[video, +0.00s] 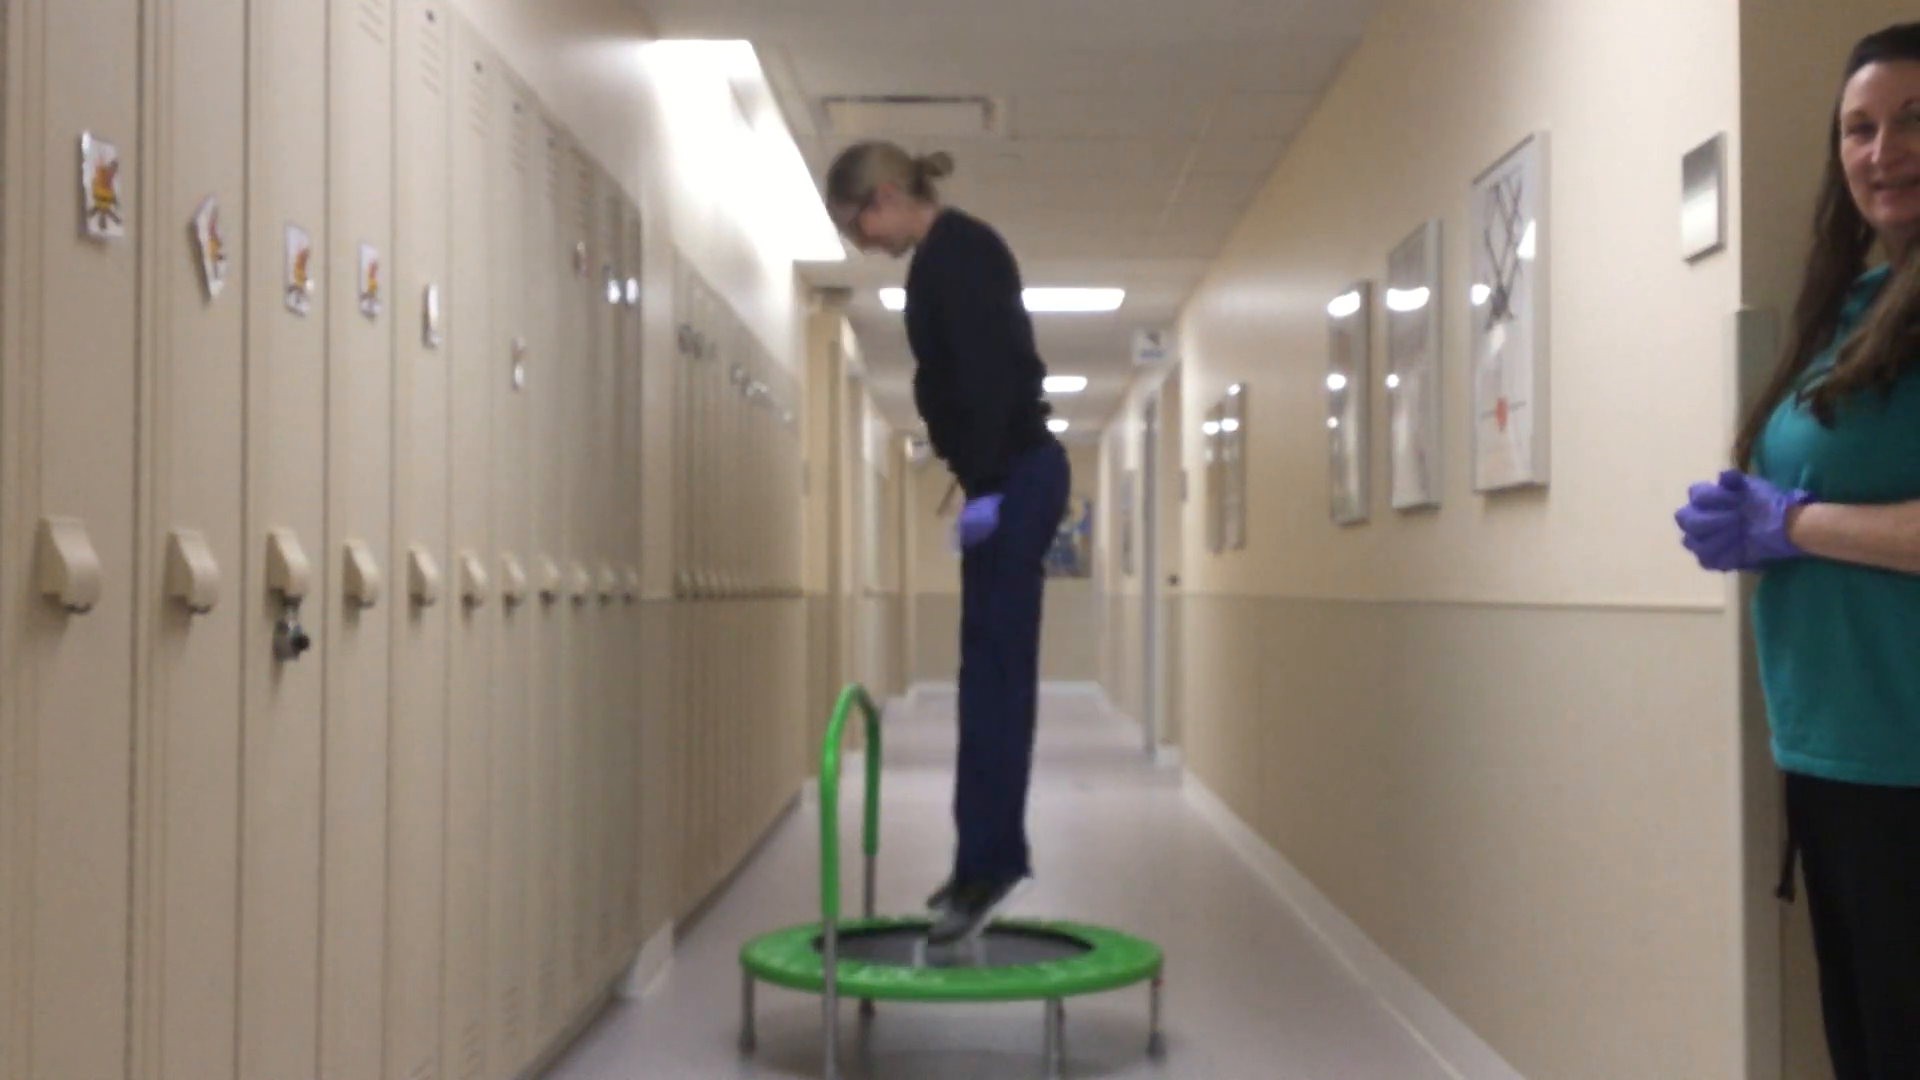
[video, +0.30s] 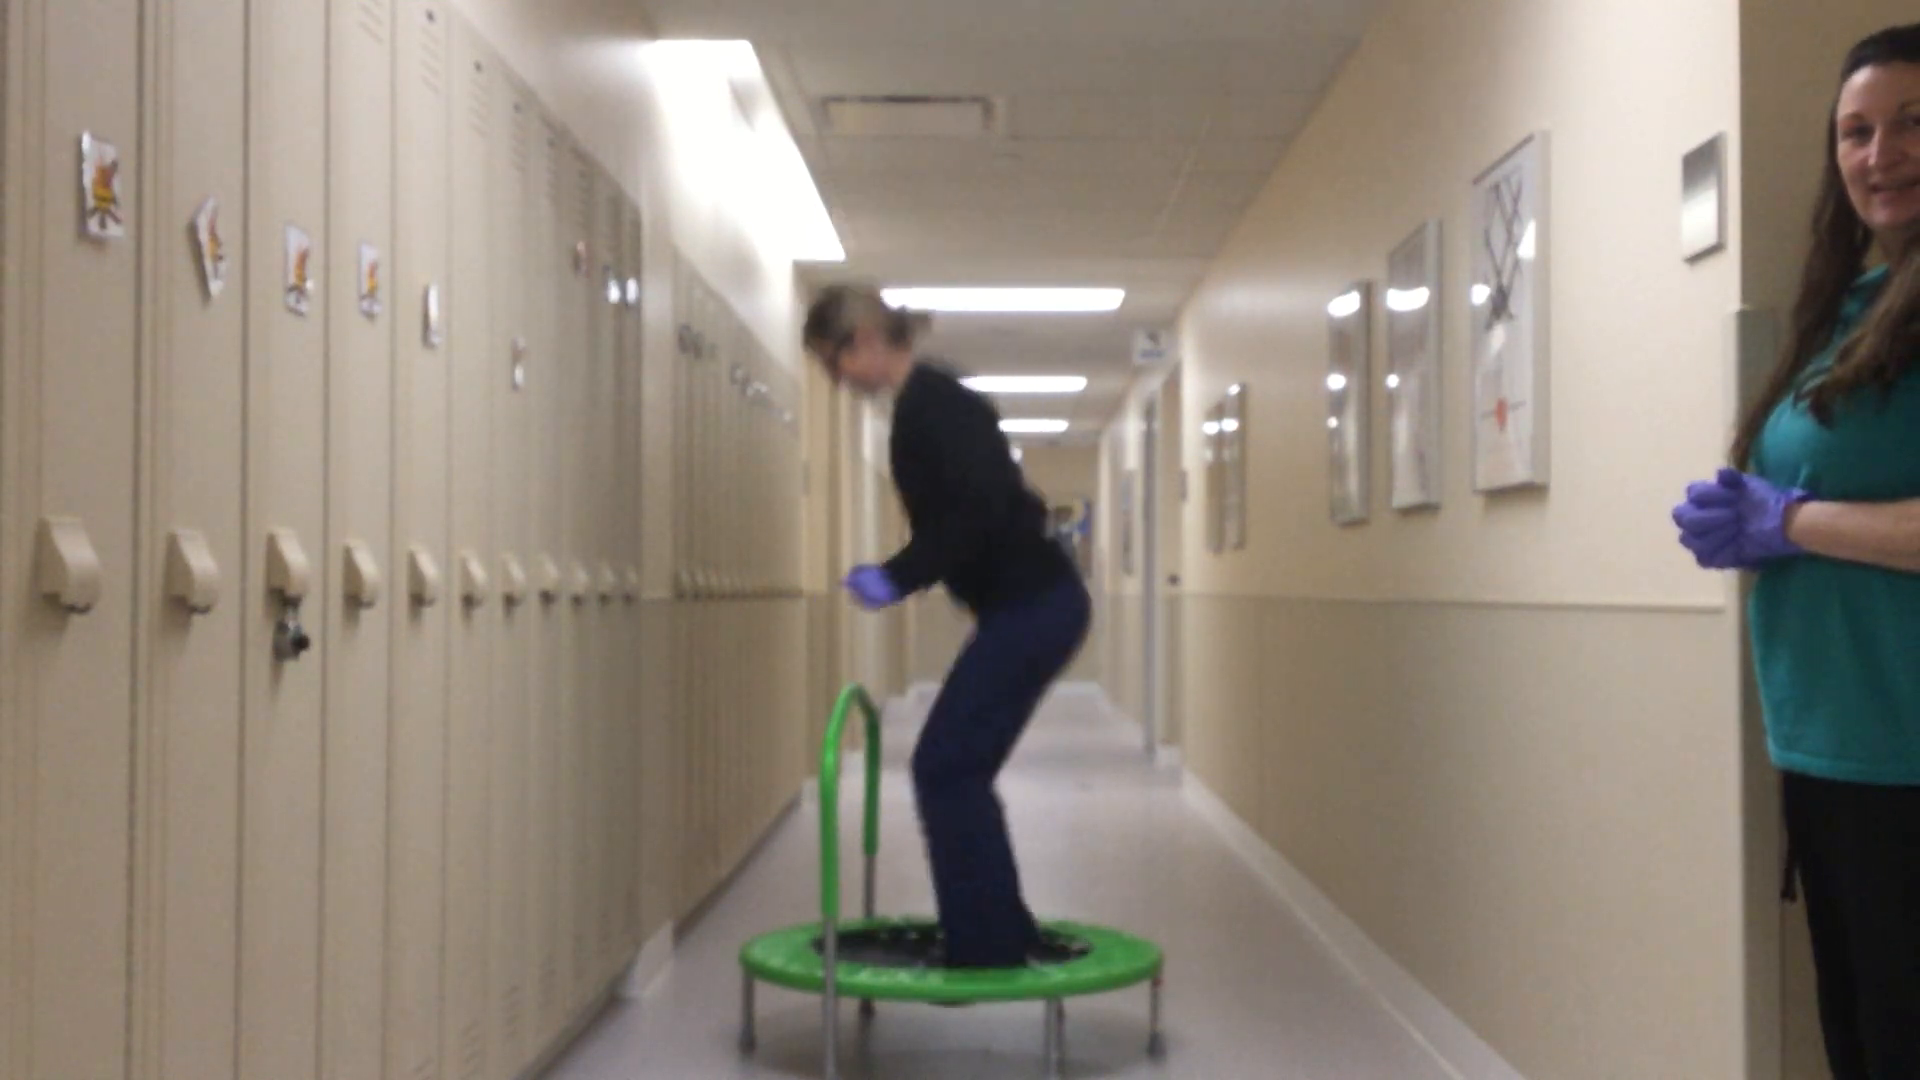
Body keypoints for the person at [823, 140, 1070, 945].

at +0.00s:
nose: (863, 239)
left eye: (861, 221)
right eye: (855, 229)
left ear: (889, 193)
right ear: (885, 202)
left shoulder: (957, 249)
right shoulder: (945, 255)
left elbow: (988, 365)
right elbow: (979, 367)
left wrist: (984, 480)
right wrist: (977, 476)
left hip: (1015, 474)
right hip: (1006, 475)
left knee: (995, 667)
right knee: (990, 667)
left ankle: (990, 860)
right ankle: (984, 856)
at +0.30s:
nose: (842, 378)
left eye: (840, 359)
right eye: (832, 367)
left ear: (870, 334)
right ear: (860, 345)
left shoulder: (934, 405)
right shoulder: (922, 406)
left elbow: (969, 516)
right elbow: (951, 520)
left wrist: (899, 576)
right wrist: (895, 573)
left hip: (1033, 609)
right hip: (1027, 607)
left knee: (946, 767)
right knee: (953, 766)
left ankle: (984, 943)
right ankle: (997, 932)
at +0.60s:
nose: (835, 470)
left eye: (834, 453)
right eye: (828, 459)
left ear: (863, 435)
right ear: (871, 437)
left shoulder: (925, 495)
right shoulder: (922, 494)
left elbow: (941, 617)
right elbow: (934, 615)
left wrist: (853, 627)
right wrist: (856, 622)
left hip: (1057, 683)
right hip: (1054, 679)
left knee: (914, 792)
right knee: (917, 789)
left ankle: (977, 947)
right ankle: (988, 937)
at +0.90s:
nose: (875, 253)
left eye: (873, 234)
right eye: (867, 241)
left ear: (901, 208)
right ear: (900, 216)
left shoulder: (963, 264)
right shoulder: (956, 271)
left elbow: (997, 379)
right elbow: (991, 383)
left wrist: (990, 490)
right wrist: (980, 489)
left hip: (1019, 494)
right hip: (1013, 494)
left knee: (994, 691)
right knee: (992, 690)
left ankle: (987, 884)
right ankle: (991, 874)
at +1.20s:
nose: (890, 346)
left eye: (890, 328)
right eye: (882, 334)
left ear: (920, 308)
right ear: (916, 315)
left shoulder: (977, 374)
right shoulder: (966, 379)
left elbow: (1019, 485)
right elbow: (1011, 485)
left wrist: (970, 578)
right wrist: (976, 575)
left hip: (1049, 592)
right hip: (1036, 591)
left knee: (977, 755)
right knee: (979, 754)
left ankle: (1020, 937)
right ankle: (1020, 931)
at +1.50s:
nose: (863, 457)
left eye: (863, 440)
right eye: (855, 446)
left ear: (893, 422)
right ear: (894, 426)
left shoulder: (951, 485)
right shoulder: (943, 487)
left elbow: (961, 604)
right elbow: (954, 604)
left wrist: (865, 614)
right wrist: (867, 613)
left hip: (1083, 673)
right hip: (1071, 671)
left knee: (948, 787)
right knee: (945, 785)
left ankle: (1009, 942)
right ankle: (1000, 939)